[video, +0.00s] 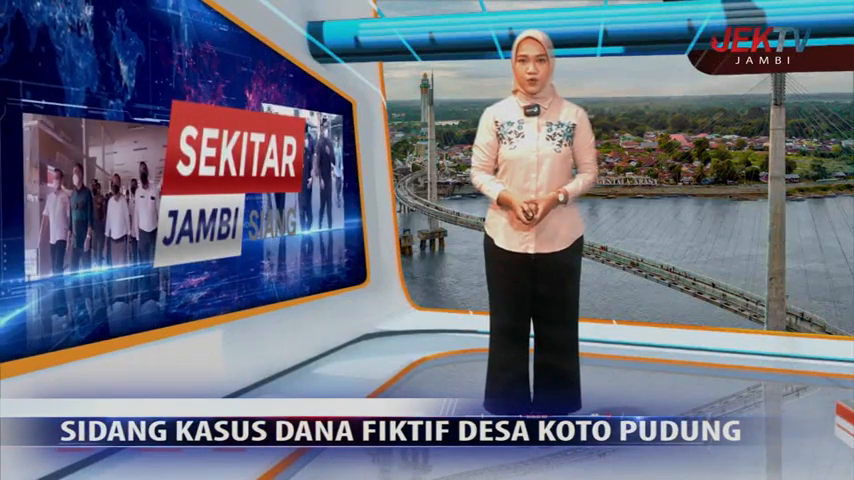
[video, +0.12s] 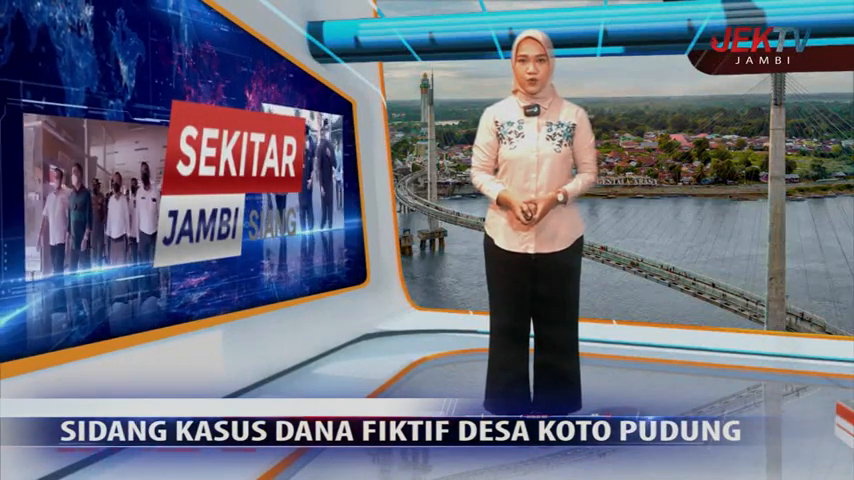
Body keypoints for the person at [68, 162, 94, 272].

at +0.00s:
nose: (75, 178)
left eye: (77, 175)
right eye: (74, 175)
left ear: (81, 177)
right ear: (72, 178)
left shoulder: (87, 192)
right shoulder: (72, 194)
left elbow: (90, 214)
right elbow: (71, 214)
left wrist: (88, 235)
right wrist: (70, 232)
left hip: (85, 231)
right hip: (75, 230)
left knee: (86, 260)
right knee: (73, 262)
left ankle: (87, 287)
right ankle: (74, 287)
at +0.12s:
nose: (74, 177)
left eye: (76, 174)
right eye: (73, 174)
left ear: (81, 177)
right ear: (71, 177)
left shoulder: (86, 193)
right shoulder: (71, 195)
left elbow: (89, 215)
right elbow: (70, 214)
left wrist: (86, 236)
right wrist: (68, 231)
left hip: (84, 232)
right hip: (73, 233)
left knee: (85, 263)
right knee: (72, 264)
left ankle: (86, 287)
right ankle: (73, 287)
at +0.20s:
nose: (73, 177)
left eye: (75, 174)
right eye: (72, 175)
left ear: (80, 177)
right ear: (69, 178)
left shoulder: (85, 195)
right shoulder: (70, 195)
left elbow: (88, 218)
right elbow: (68, 215)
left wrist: (86, 239)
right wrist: (66, 235)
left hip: (82, 234)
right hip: (71, 235)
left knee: (83, 265)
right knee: (70, 264)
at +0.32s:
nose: (74, 180)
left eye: (76, 177)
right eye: (73, 177)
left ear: (80, 179)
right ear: (70, 179)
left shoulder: (85, 196)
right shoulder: (69, 196)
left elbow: (89, 220)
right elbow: (66, 218)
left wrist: (88, 243)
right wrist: (64, 244)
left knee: (83, 270)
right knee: (70, 271)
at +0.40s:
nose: (73, 180)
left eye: (75, 176)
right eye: (72, 177)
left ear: (81, 179)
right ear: (71, 180)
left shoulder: (86, 198)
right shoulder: (71, 198)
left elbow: (90, 222)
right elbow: (68, 220)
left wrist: (89, 245)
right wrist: (65, 240)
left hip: (82, 243)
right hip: (71, 243)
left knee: (83, 272)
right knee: (71, 273)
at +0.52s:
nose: (75, 181)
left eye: (77, 177)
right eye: (73, 178)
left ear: (82, 180)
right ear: (71, 180)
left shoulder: (87, 198)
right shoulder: (71, 199)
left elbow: (91, 222)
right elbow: (68, 223)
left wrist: (91, 246)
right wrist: (63, 246)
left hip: (83, 244)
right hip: (72, 244)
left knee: (82, 274)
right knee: (72, 274)